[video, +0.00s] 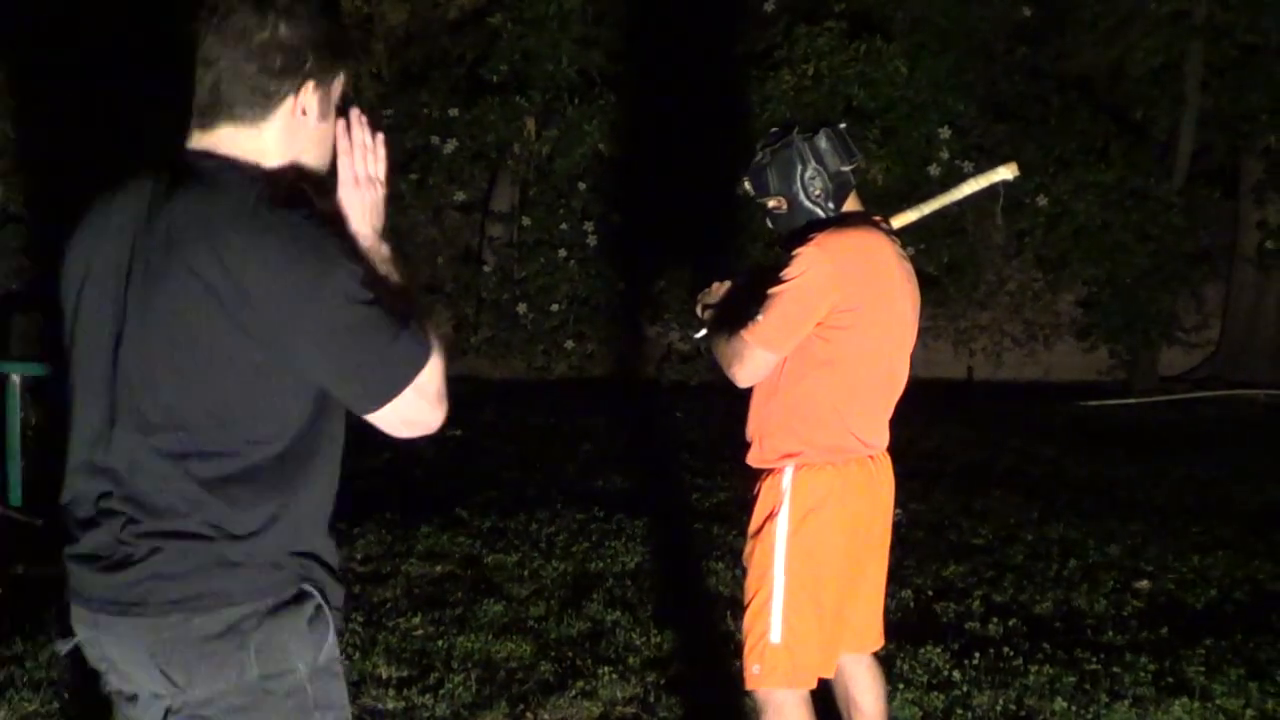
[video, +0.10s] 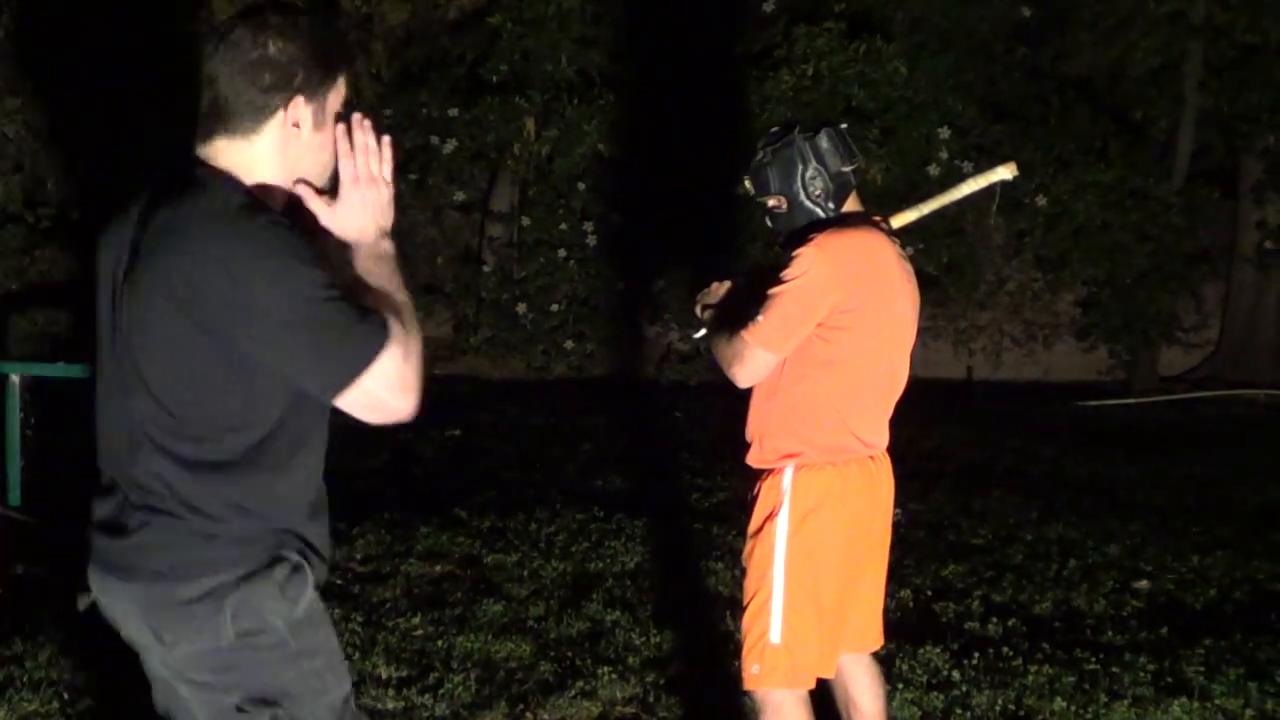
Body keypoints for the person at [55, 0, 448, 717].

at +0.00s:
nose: (337, 125)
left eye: (339, 104)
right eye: (336, 103)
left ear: (211, 87)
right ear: (303, 103)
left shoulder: (106, 225)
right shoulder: (283, 248)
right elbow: (419, 407)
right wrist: (372, 243)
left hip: (111, 612)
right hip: (242, 628)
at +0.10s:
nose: (337, 133)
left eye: (339, 114)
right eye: (334, 113)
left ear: (221, 107)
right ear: (294, 115)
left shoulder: (147, 222)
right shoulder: (252, 256)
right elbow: (394, 391)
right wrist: (375, 246)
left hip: (140, 565)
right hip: (230, 588)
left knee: (203, 710)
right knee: (310, 707)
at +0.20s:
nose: (342, 98)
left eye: (344, 78)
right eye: (337, 77)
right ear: (295, 74)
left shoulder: (193, 181)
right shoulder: (246, 198)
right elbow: (358, 344)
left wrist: (351, 208)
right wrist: (371, 212)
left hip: (173, 503)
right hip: (230, 518)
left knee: (222, 696)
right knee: (329, 704)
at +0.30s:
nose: (355, 76)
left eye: (355, 57)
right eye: (348, 56)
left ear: (291, 54)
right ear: (302, 55)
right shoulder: (244, 168)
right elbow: (354, 312)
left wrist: (362, 192)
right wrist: (375, 193)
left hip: (263, 477)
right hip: (232, 487)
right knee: (284, 702)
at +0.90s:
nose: (353, 141)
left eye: (353, 124)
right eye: (342, 124)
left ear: (298, 128)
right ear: (297, 127)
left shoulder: (296, 216)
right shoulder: (236, 213)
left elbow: (366, 295)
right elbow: (327, 304)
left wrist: (368, 204)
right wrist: (360, 206)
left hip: (317, 490)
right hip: (240, 489)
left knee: (315, 678)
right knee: (206, 679)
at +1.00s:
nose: (336, 159)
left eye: (336, 143)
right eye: (326, 142)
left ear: (282, 146)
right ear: (282, 145)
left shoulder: (284, 232)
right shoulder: (228, 228)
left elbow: (314, 324)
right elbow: (322, 323)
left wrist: (345, 232)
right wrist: (356, 229)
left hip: (314, 494)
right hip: (226, 499)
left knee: (381, 600)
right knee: (168, 681)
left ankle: (344, 716)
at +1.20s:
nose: (374, 202)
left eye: (368, 185)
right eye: (357, 188)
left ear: (314, 204)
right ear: (308, 204)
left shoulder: (337, 264)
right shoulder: (263, 294)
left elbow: (427, 244)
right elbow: (363, 383)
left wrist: (507, 221)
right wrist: (439, 307)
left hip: (313, 509)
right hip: (228, 520)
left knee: (425, 584)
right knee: (176, 698)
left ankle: (465, 714)